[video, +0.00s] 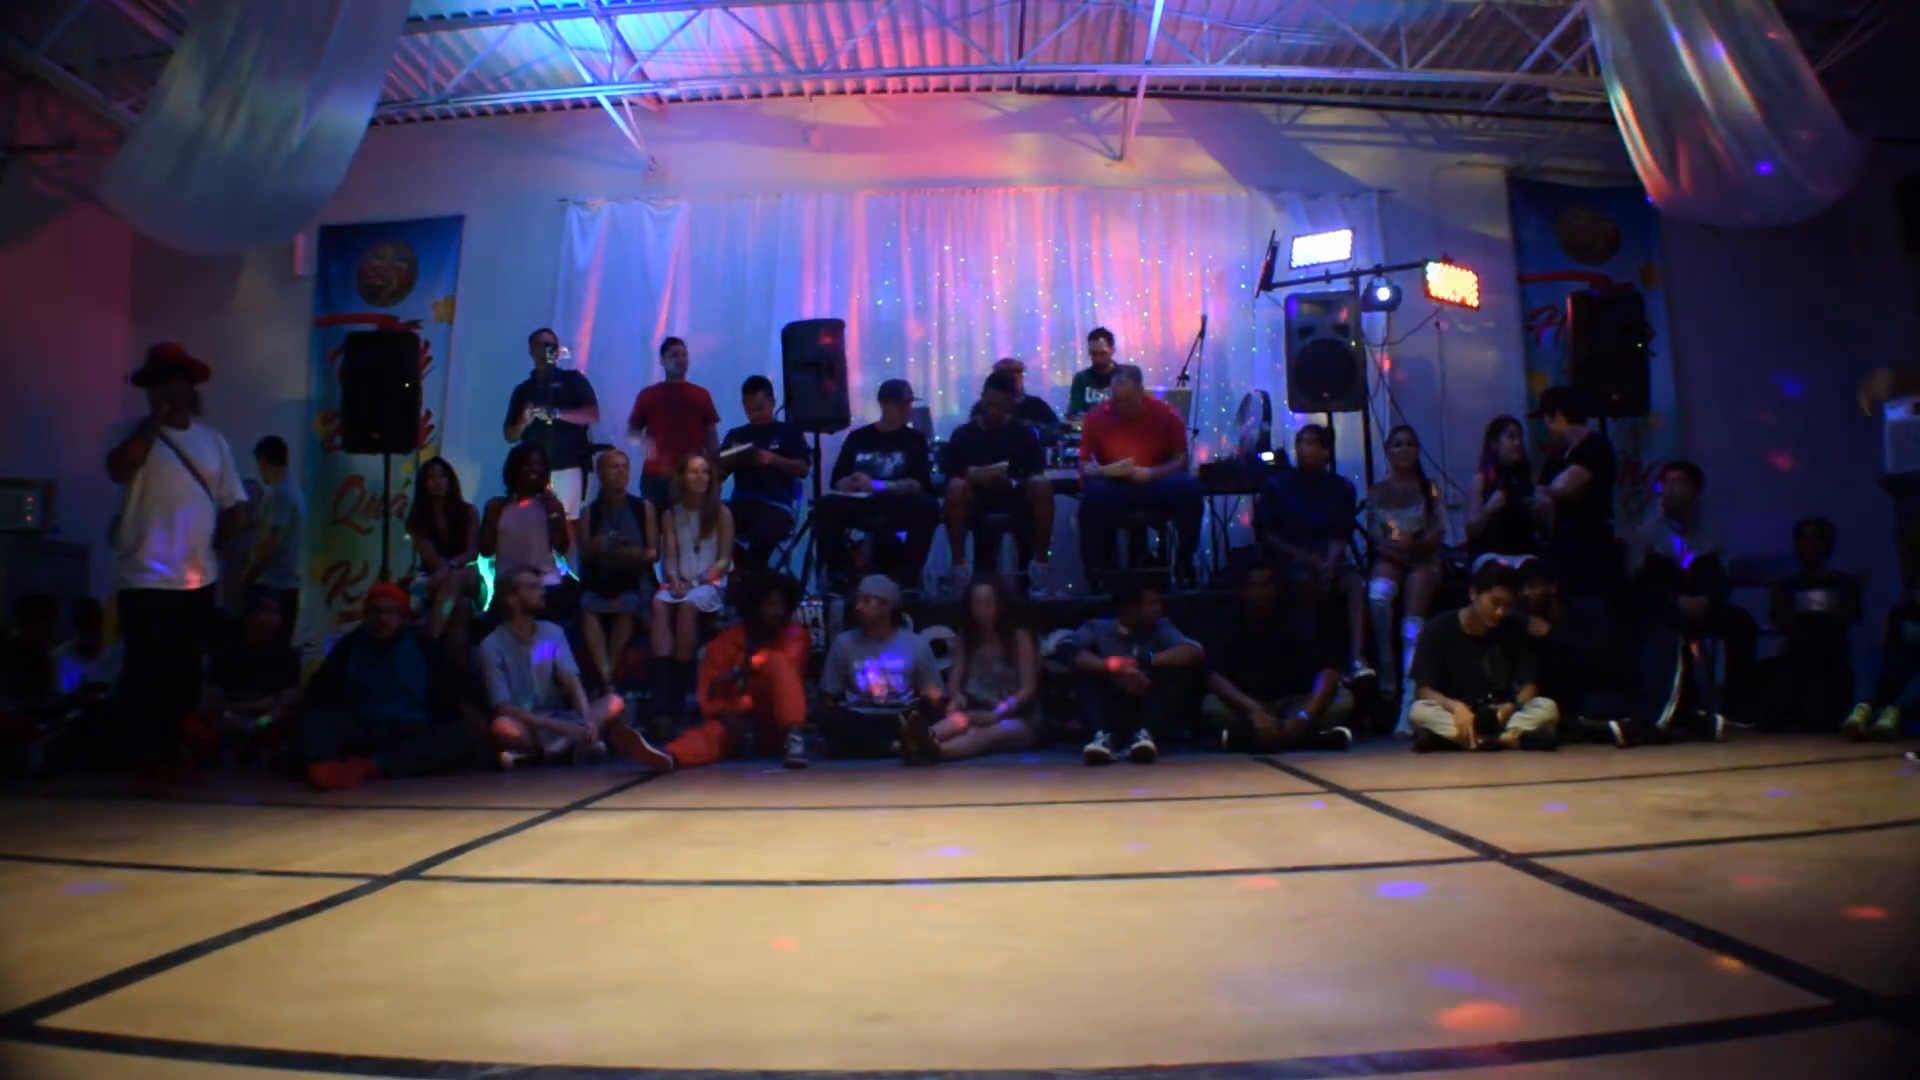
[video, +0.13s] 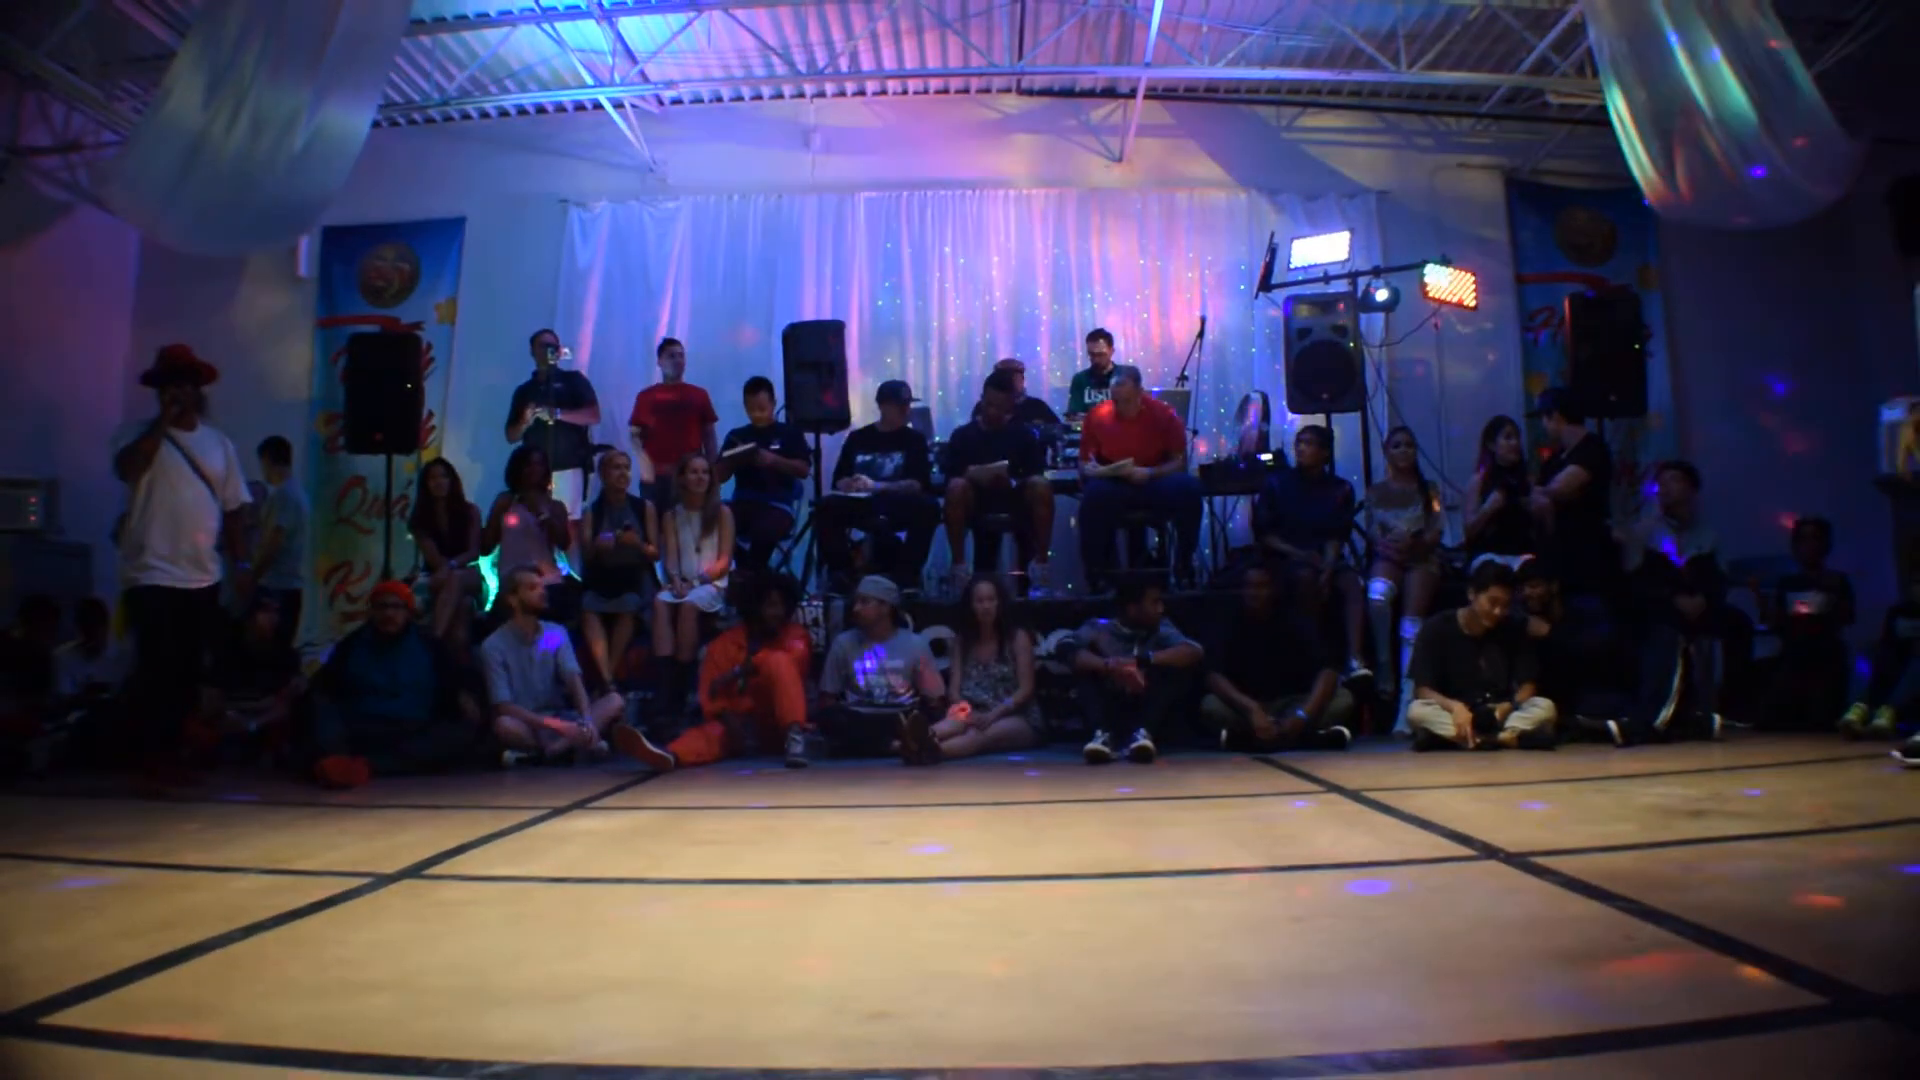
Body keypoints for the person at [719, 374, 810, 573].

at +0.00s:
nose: (755, 415)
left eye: (760, 408)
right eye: (750, 410)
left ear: (772, 404)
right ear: (744, 407)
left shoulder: (790, 433)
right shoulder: (736, 435)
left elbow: (802, 468)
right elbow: (718, 474)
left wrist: (772, 459)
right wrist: (736, 458)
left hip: (776, 502)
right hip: (742, 500)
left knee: (764, 535)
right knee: (722, 527)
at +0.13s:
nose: (757, 414)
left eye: (761, 408)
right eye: (752, 408)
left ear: (773, 405)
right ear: (745, 408)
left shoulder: (790, 434)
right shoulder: (737, 436)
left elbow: (803, 469)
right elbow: (719, 475)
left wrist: (772, 460)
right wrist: (739, 457)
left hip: (778, 503)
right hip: (744, 501)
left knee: (765, 533)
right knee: (719, 519)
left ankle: (752, 576)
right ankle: (747, 568)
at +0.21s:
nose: (758, 414)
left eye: (762, 408)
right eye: (752, 408)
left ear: (774, 405)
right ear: (746, 407)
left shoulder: (790, 434)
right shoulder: (737, 436)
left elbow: (803, 469)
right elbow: (719, 475)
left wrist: (772, 460)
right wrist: (739, 457)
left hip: (778, 503)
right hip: (744, 501)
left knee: (765, 533)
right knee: (722, 521)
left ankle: (754, 577)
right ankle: (745, 571)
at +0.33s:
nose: (758, 411)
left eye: (763, 405)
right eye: (753, 405)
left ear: (774, 404)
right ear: (746, 406)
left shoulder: (790, 433)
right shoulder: (737, 435)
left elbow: (804, 468)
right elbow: (718, 474)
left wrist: (772, 460)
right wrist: (740, 460)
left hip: (779, 501)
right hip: (744, 501)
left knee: (764, 536)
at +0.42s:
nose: (758, 414)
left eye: (763, 407)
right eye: (752, 407)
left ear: (774, 405)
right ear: (746, 407)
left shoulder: (791, 433)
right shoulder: (737, 435)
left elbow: (804, 469)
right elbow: (718, 474)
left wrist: (772, 459)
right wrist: (740, 460)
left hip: (778, 502)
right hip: (743, 501)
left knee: (764, 536)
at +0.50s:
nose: (757, 415)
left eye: (763, 409)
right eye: (752, 409)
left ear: (774, 405)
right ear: (746, 407)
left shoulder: (790, 433)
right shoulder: (736, 435)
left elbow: (804, 468)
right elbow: (718, 474)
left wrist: (773, 460)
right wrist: (741, 459)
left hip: (778, 502)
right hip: (743, 501)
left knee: (763, 535)